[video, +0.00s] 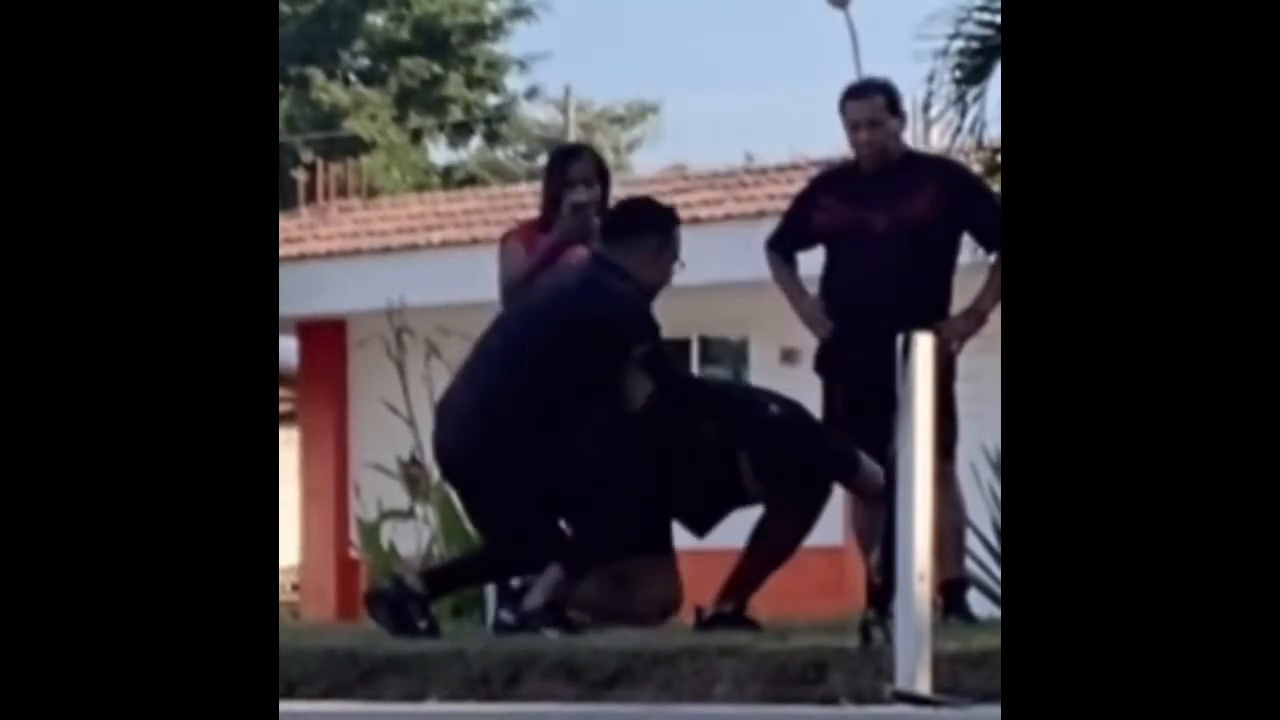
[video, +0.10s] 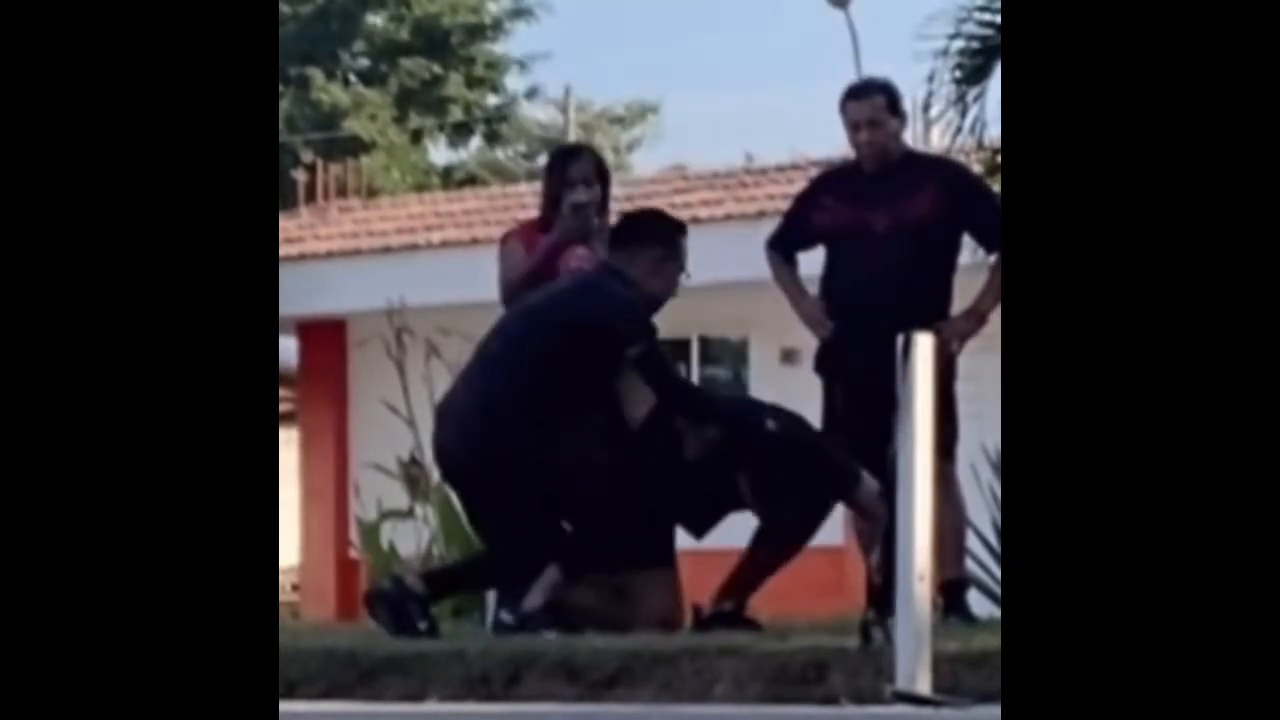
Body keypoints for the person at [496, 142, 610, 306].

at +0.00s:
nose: (581, 195)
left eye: (589, 184)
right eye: (570, 186)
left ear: (603, 187)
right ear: (555, 188)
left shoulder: (616, 234)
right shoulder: (519, 241)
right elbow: (513, 302)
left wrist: (596, 240)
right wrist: (560, 235)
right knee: (577, 257)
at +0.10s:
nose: (581, 195)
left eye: (589, 185)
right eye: (570, 186)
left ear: (603, 188)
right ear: (554, 189)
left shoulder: (612, 240)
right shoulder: (519, 241)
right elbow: (513, 300)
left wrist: (600, 245)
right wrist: (560, 235)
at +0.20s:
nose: (580, 196)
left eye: (588, 185)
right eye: (570, 186)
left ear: (603, 189)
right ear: (554, 189)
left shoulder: (609, 240)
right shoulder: (521, 241)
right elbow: (509, 296)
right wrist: (560, 237)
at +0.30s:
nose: (580, 196)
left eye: (589, 185)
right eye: (570, 187)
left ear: (603, 189)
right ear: (555, 189)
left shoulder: (620, 252)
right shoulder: (522, 241)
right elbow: (508, 295)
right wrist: (560, 237)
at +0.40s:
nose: (581, 195)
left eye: (590, 185)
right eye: (571, 186)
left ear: (604, 189)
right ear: (555, 189)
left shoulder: (621, 253)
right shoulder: (523, 241)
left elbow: (636, 320)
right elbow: (509, 294)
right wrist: (560, 238)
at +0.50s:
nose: (581, 195)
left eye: (590, 184)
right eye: (571, 186)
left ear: (604, 188)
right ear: (555, 189)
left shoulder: (616, 248)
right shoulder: (523, 240)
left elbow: (640, 314)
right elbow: (509, 294)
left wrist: (615, 273)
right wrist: (559, 238)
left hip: (598, 376)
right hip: (540, 377)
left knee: (595, 472)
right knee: (533, 475)